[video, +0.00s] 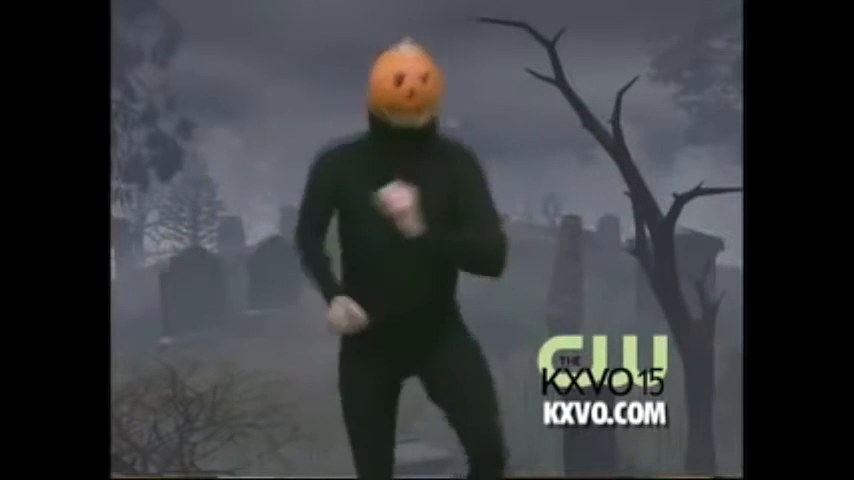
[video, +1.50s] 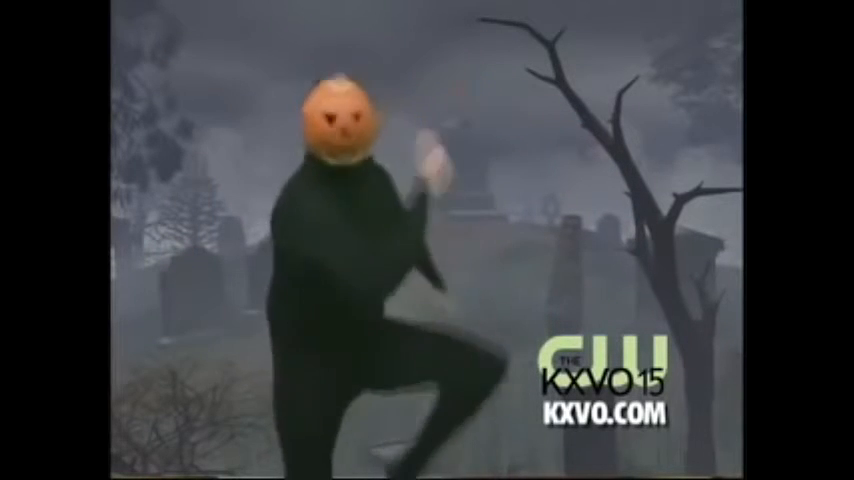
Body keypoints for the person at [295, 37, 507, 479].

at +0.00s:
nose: (410, 87)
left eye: (421, 77)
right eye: (397, 77)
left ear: (437, 91)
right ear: (375, 92)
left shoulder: (456, 162)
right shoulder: (338, 164)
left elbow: (491, 258)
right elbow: (308, 237)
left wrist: (422, 227)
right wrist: (332, 294)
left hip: (440, 332)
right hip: (368, 339)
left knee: (489, 454)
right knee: (373, 470)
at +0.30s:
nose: (435, 111)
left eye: (449, 102)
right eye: (423, 100)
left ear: (468, 110)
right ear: (406, 105)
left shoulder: (469, 177)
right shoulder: (413, 166)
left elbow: (450, 270)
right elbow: (395, 243)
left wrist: (359, 227)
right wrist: (335, 284)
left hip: (459, 354)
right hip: (406, 347)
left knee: (455, 471)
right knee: (335, 461)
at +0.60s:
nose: (443, 79)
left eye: (459, 72)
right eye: (432, 68)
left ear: (478, 87)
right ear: (415, 78)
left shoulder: (476, 158)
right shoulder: (422, 141)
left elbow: (386, 230)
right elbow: (429, 232)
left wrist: (340, 142)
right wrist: (379, 237)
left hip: (460, 335)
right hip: (400, 325)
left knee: (458, 469)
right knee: (342, 450)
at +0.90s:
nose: (432, 128)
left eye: (448, 121)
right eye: (420, 116)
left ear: (466, 135)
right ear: (402, 125)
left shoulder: (473, 207)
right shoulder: (388, 184)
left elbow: (423, 278)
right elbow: (380, 270)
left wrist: (355, 222)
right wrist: (346, 225)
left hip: (459, 363)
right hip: (391, 355)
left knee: (466, 471)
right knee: (314, 434)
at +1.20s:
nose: (393, 73)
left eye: (407, 65)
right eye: (379, 64)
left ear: (423, 79)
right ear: (359, 78)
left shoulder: (444, 152)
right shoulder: (324, 148)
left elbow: (451, 250)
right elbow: (258, 215)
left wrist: (446, 344)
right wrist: (282, 291)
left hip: (405, 338)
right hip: (334, 338)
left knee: (421, 466)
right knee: (322, 467)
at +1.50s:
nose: (345, 128)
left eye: (356, 115)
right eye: (329, 118)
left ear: (374, 123)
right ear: (308, 129)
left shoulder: (376, 182)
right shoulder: (300, 203)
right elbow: (367, 282)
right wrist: (422, 196)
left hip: (368, 342)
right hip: (310, 362)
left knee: (481, 367)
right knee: (308, 471)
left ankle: (407, 467)